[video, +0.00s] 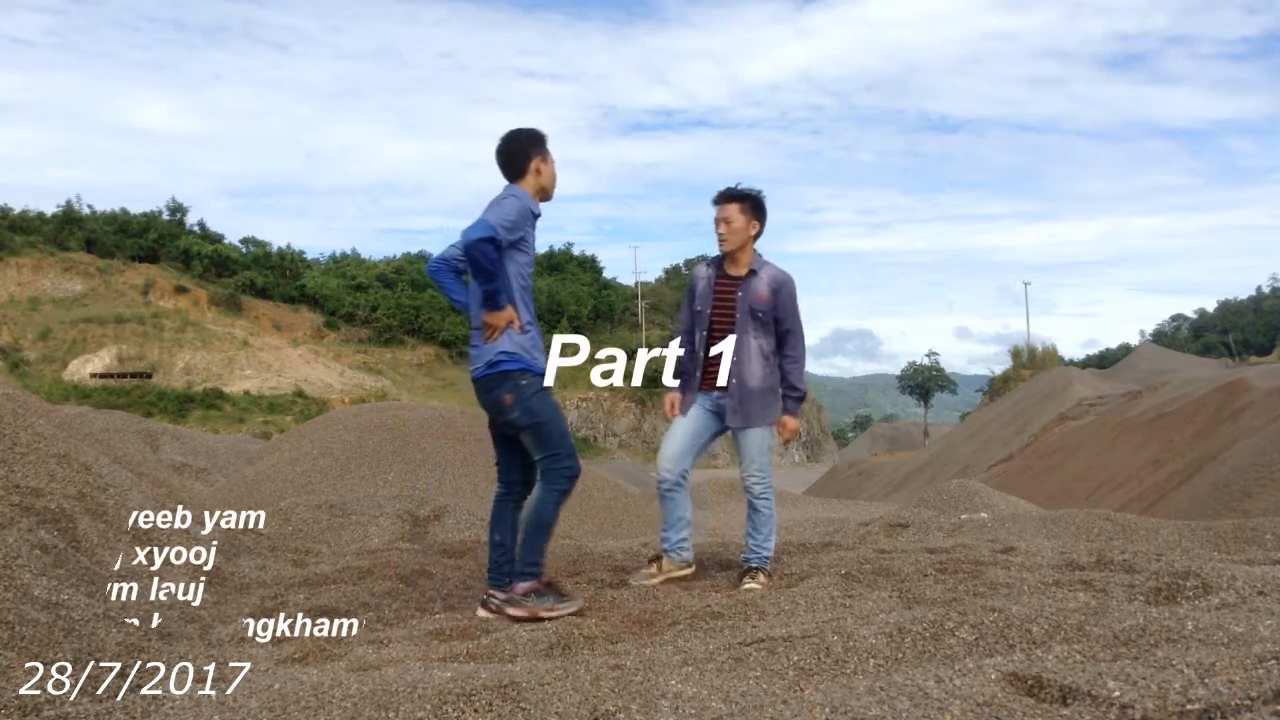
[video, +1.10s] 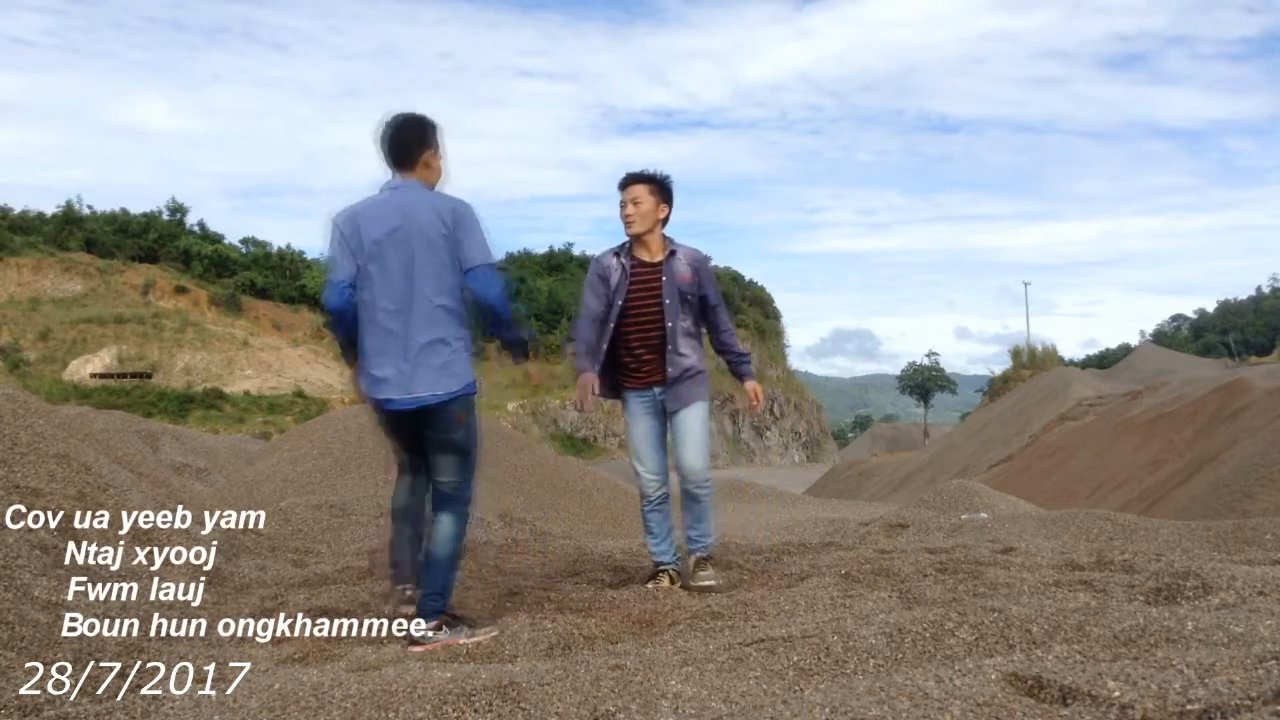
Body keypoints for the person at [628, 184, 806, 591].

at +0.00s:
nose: (719, 229)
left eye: (727, 222)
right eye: (717, 222)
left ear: (754, 227)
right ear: (716, 225)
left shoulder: (776, 282)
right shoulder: (702, 276)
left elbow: (792, 347)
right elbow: (686, 336)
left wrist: (790, 408)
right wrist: (675, 386)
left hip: (754, 402)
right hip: (706, 399)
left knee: (756, 483)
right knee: (668, 467)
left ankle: (756, 564)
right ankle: (677, 557)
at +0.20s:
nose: (704, 226)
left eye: (714, 220)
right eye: (703, 219)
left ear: (740, 227)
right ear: (702, 224)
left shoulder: (761, 281)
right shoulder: (689, 277)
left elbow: (782, 344)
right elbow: (672, 326)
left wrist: (786, 404)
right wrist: (652, 358)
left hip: (744, 402)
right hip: (696, 401)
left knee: (753, 485)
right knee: (673, 477)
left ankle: (757, 565)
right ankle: (675, 565)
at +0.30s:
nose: (692, 225)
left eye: (701, 218)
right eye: (691, 218)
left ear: (728, 227)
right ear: (692, 224)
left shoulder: (749, 280)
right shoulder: (674, 279)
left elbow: (771, 342)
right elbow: (648, 319)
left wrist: (773, 398)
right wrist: (619, 331)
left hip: (734, 402)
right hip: (684, 402)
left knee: (746, 486)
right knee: (667, 484)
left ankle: (755, 566)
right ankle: (676, 568)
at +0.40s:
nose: (677, 223)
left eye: (687, 216)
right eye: (677, 216)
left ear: (713, 225)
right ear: (677, 222)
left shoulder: (735, 277)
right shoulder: (657, 277)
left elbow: (755, 337)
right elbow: (620, 308)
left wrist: (756, 387)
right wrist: (587, 296)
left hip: (722, 401)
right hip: (672, 403)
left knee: (740, 485)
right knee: (659, 486)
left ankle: (756, 564)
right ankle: (675, 568)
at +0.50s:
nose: (661, 217)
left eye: (670, 210)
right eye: (659, 210)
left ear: (697, 218)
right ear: (658, 217)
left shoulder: (722, 273)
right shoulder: (637, 266)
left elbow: (742, 331)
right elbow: (590, 271)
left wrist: (739, 376)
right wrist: (548, 251)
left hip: (710, 397)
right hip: (660, 400)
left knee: (732, 480)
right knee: (658, 487)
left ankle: (754, 562)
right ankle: (675, 569)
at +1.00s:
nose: (624, 212)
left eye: (634, 203)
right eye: (621, 205)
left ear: (661, 210)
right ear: (619, 213)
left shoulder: (690, 262)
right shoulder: (606, 264)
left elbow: (718, 321)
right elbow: (568, 296)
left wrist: (744, 373)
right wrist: (540, 311)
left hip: (688, 383)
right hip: (639, 392)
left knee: (702, 467)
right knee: (652, 483)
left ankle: (717, 549)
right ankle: (666, 567)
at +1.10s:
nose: (626, 211)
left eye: (635, 203)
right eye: (623, 205)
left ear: (662, 210)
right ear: (621, 212)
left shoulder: (692, 263)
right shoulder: (607, 266)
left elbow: (720, 324)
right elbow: (587, 321)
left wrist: (745, 374)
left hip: (686, 386)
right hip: (637, 393)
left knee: (694, 473)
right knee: (651, 483)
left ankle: (701, 559)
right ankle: (665, 566)